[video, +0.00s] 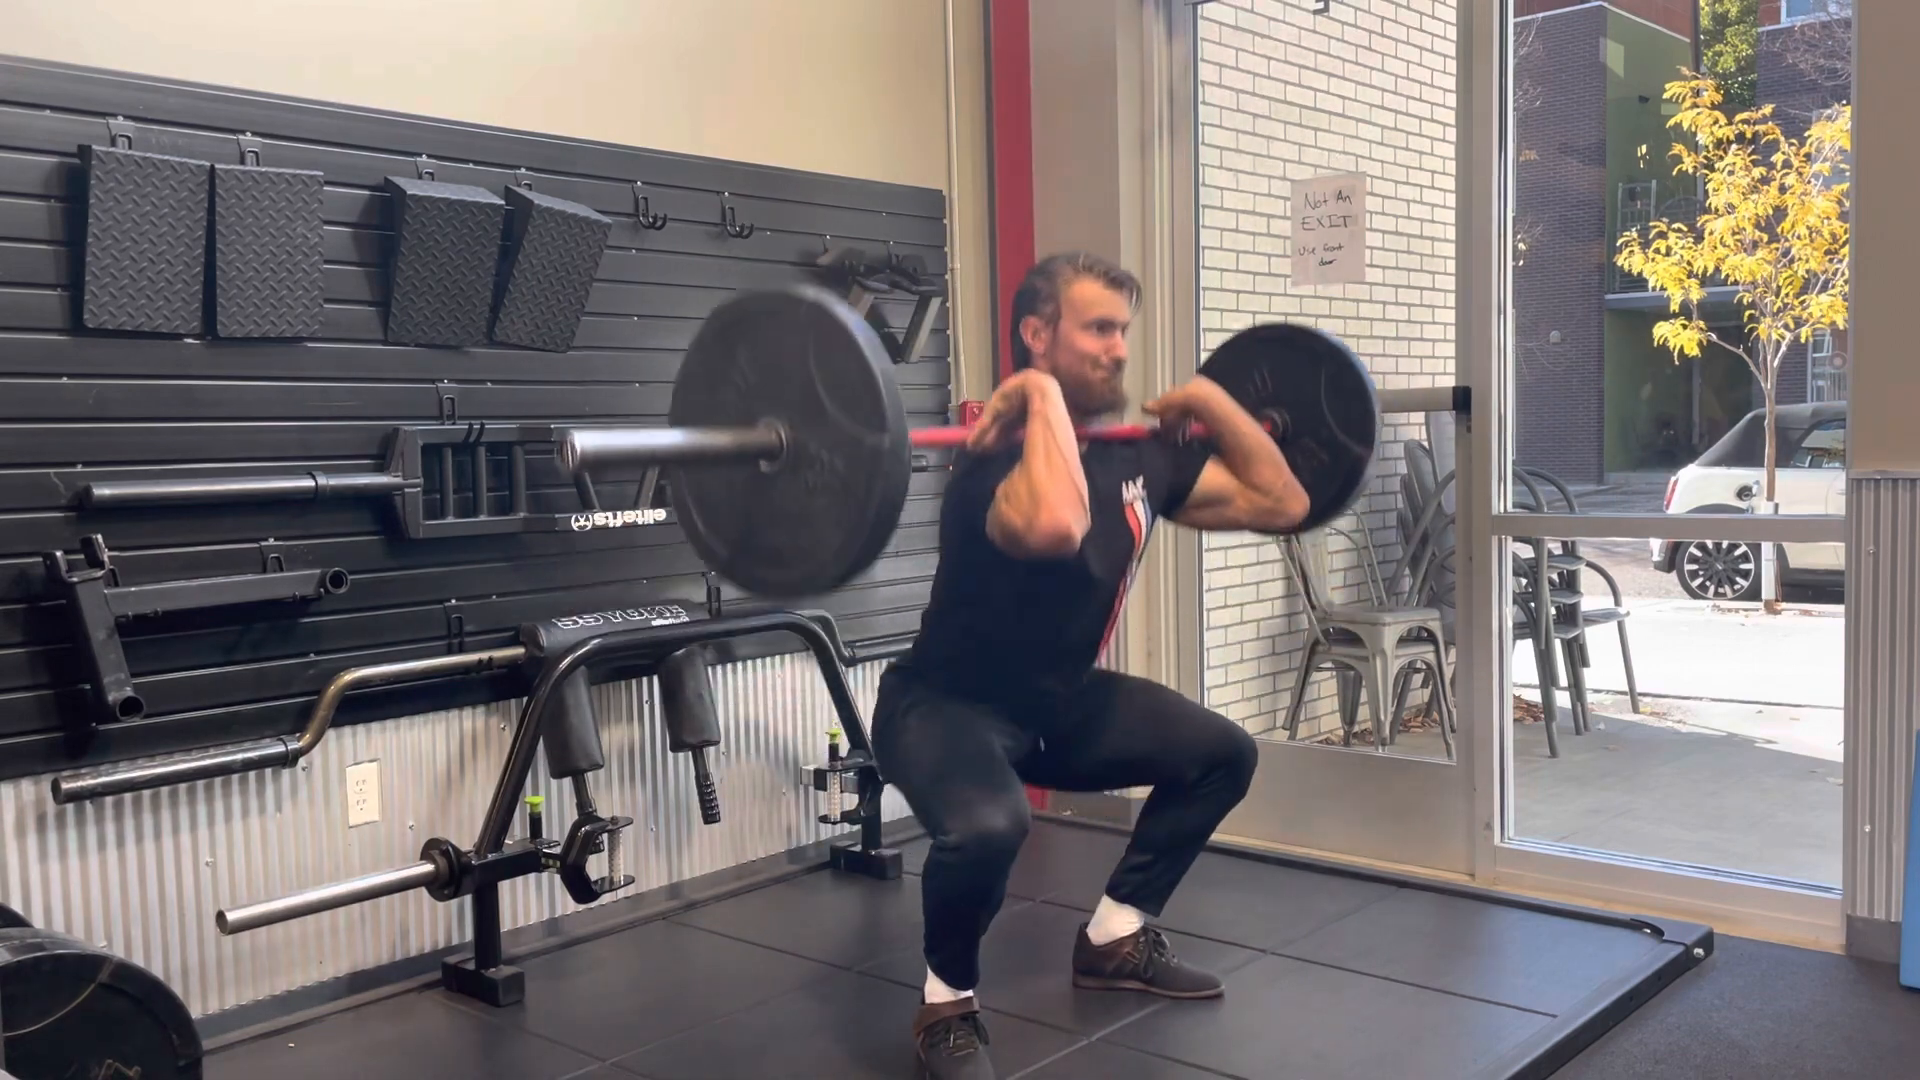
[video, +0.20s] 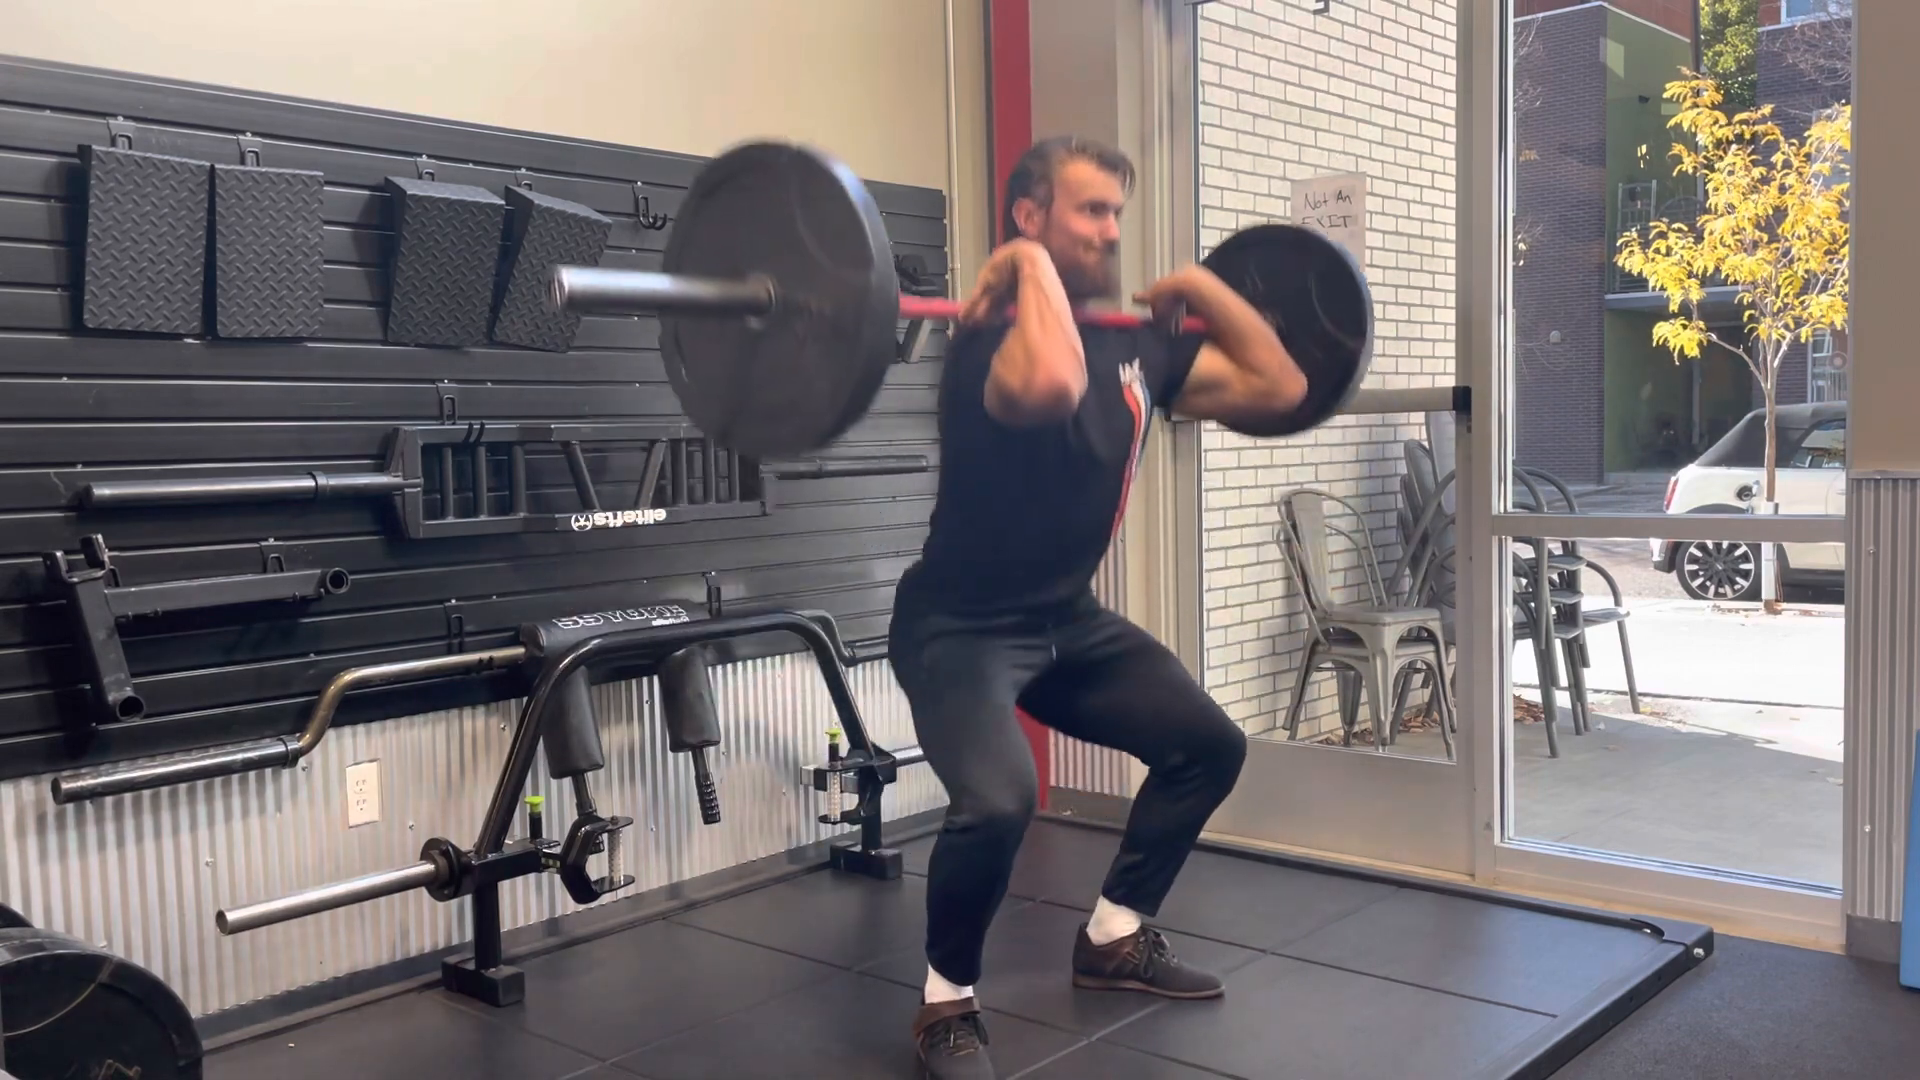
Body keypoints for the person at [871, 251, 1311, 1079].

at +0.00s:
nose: (1119, 348)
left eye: (1123, 330)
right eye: (1099, 329)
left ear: (1126, 341)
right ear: (1036, 337)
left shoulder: (1138, 458)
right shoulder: (992, 455)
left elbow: (1280, 502)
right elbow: (1056, 525)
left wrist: (1210, 403)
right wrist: (1043, 392)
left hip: (1061, 702)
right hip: (946, 703)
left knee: (1222, 753)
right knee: (987, 826)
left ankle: (1113, 938)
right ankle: (947, 1000)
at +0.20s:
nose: (1111, 230)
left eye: (1117, 214)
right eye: (1091, 211)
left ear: (1117, 227)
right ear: (1029, 218)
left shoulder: (1134, 346)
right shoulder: (988, 338)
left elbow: (1282, 391)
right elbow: (1054, 384)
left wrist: (1195, 286)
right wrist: (1029, 262)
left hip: (1066, 621)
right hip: (959, 626)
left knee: (1207, 748)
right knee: (1000, 802)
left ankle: (1112, 939)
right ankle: (947, 998)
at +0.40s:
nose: (1102, 124)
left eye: (1108, 108)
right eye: (1082, 103)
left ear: (1106, 128)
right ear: (1022, 117)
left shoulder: (1131, 241)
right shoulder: (977, 230)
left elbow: (1277, 265)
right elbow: (1051, 246)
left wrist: (1184, 179)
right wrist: (1013, 139)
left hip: (1085, 550)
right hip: (978, 553)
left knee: (1170, 728)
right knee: (996, 758)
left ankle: (1110, 938)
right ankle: (946, 998)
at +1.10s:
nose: (1104, 87)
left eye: (1110, 71)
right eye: (1085, 67)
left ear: (1110, 88)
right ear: (1020, 72)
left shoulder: (1124, 207)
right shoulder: (977, 192)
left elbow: (1217, 313)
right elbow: (1008, 297)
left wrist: (1204, 194)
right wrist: (1008, 147)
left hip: (1108, 519)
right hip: (1005, 516)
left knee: (1116, 732)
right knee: (985, 746)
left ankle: (1104, 936)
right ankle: (945, 993)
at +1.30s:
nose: (1107, 73)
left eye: (1111, 56)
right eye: (1087, 52)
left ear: (1101, 74)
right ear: (1019, 66)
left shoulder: (1097, 190)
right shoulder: (946, 178)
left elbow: (1090, 298)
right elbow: (847, 264)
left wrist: (1148, 302)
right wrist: (955, 289)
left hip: (1093, 507)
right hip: (990, 512)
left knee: (1118, 720)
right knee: (995, 735)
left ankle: (1104, 934)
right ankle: (951, 986)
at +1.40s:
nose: (1116, 96)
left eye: (1120, 79)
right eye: (1094, 76)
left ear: (1113, 99)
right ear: (1026, 90)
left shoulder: (1120, 215)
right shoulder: (965, 205)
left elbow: (1151, 311)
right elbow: (859, 303)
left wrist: (1179, 397)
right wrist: (972, 404)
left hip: (1067, 518)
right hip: (964, 522)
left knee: (1104, 724)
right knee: (994, 736)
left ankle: (1085, 943)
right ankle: (953, 988)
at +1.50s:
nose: (1148, 151)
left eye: (1149, 136)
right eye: (1125, 134)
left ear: (1143, 159)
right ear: (1059, 157)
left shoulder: (1144, 293)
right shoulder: (998, 282)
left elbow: (1147, 404)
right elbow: (882, 399)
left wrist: (1170, 506)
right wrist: (964, 532)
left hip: (1052, 550)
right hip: (946, 556)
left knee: (1138, 731)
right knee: (1001, 754)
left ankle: (1089, 942)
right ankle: (956, 997)